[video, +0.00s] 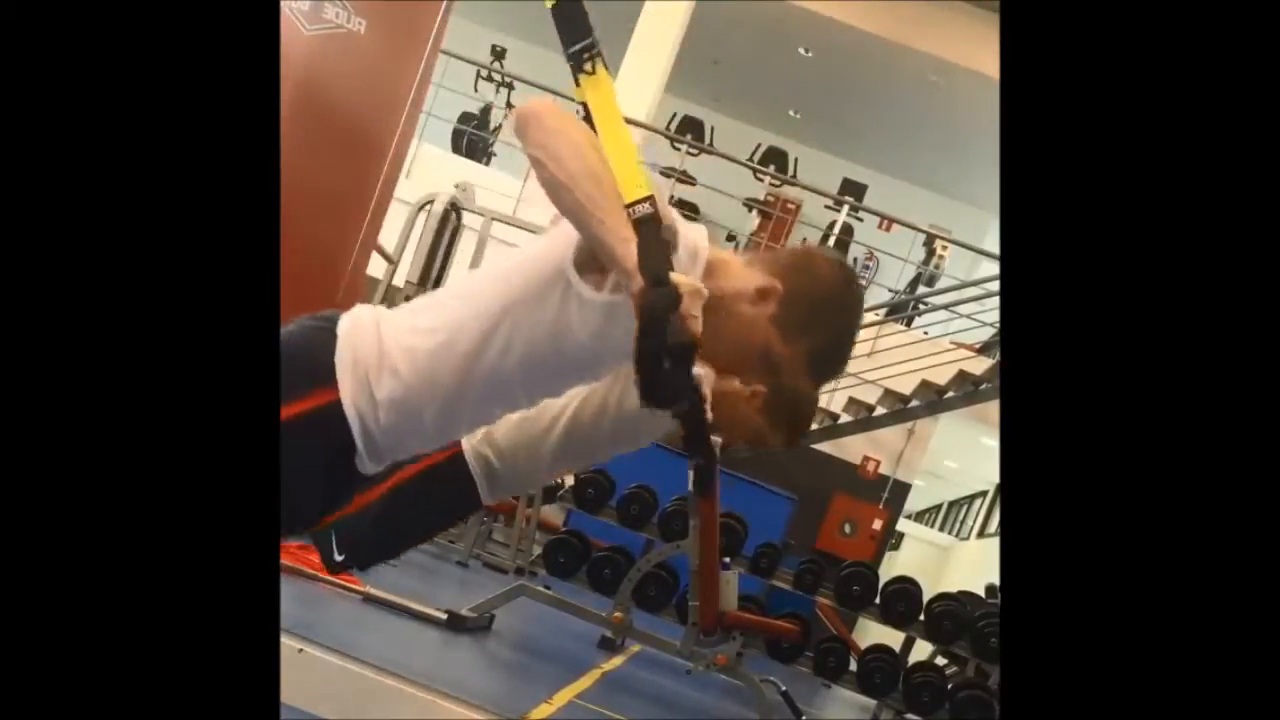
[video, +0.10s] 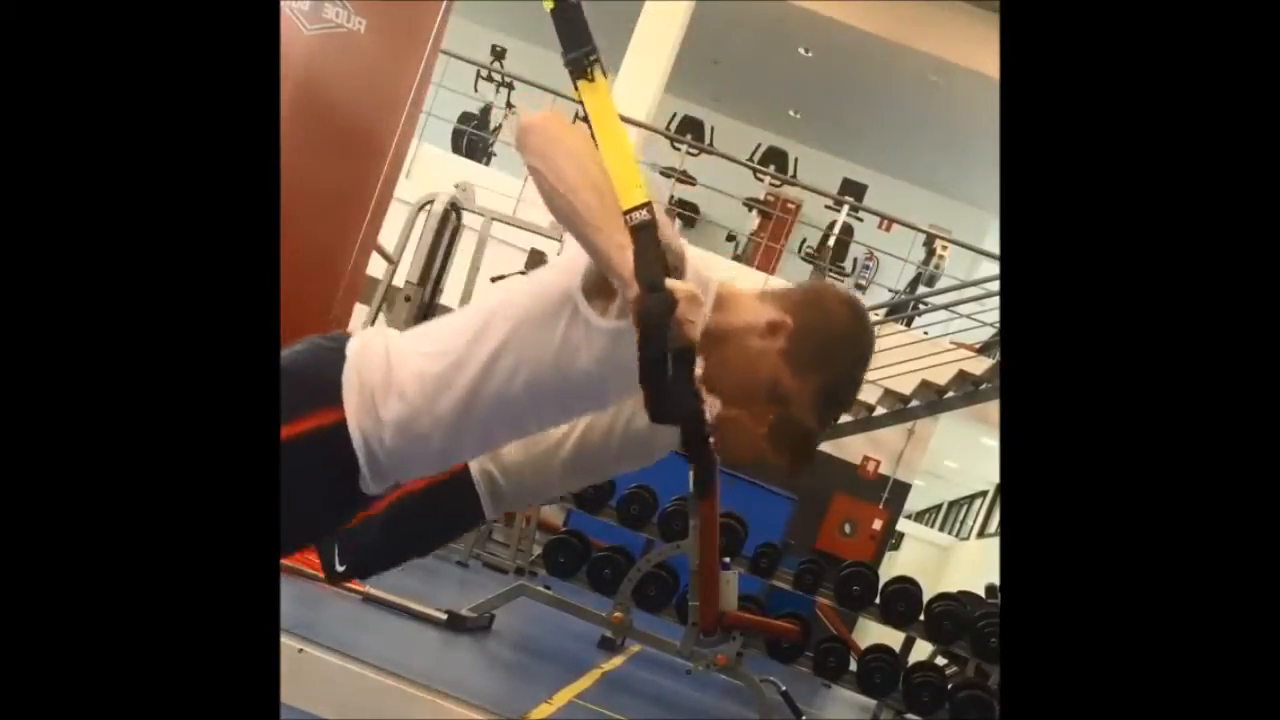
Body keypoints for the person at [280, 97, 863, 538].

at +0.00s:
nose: (746, 373)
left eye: (765, 372)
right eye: (764, 358)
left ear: (762, 293)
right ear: (763, 295)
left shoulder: (676, 325)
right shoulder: (659, 235)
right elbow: (537, 119)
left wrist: (679, 393)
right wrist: (641, 269)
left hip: (370, 450)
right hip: (330, 392)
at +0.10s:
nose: (746, 404)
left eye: (766, 405)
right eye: (768, 392)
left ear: (774, 325)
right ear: (774, 330)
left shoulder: (683, 344)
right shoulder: (659, 251)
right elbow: (538, 130)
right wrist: (628, 266)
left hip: (365, 467)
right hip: (332, 414)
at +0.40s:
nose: (761, 497)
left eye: (781, 495)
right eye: (780, 479)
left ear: (777, 396)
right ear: (779, 403)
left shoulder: (706, 441)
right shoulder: (675, 323)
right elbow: (540, 165)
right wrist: (631, 296)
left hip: (378, 519)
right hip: (345, 462)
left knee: (287, 571)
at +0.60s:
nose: (759, 508)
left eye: (781, 507)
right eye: (780, 490)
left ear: (781, 413)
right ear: (781, 418)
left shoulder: (709, 441)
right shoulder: (678, 344)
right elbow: (551, 172)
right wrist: (638, 298)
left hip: (379, 518)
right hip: (349, 470)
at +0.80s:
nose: (766, 486)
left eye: (788, 480)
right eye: (788, 463)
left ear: (781, 378)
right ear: (782, 384)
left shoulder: (710, 422)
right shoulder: (673, 307)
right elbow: (542, 160)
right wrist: (646, 291)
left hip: (377, 496)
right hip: (342, 442)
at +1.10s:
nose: (744, 300)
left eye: (764, 298)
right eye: (763, 285)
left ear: (749, 212)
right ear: (751, 213)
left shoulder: (667, 260)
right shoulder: (650, 171)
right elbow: (523, 124)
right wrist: (637, 278)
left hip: (369, 410)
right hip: (325, 353)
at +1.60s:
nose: (677, 109)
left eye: (695, 102)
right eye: (691, 85)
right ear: (667, 11)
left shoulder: (574, 90)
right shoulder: (528, 14)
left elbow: (607, 219)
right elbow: (526, 141)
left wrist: (668, 359)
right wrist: (619, 295)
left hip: (324, 304)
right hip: (287, 250)